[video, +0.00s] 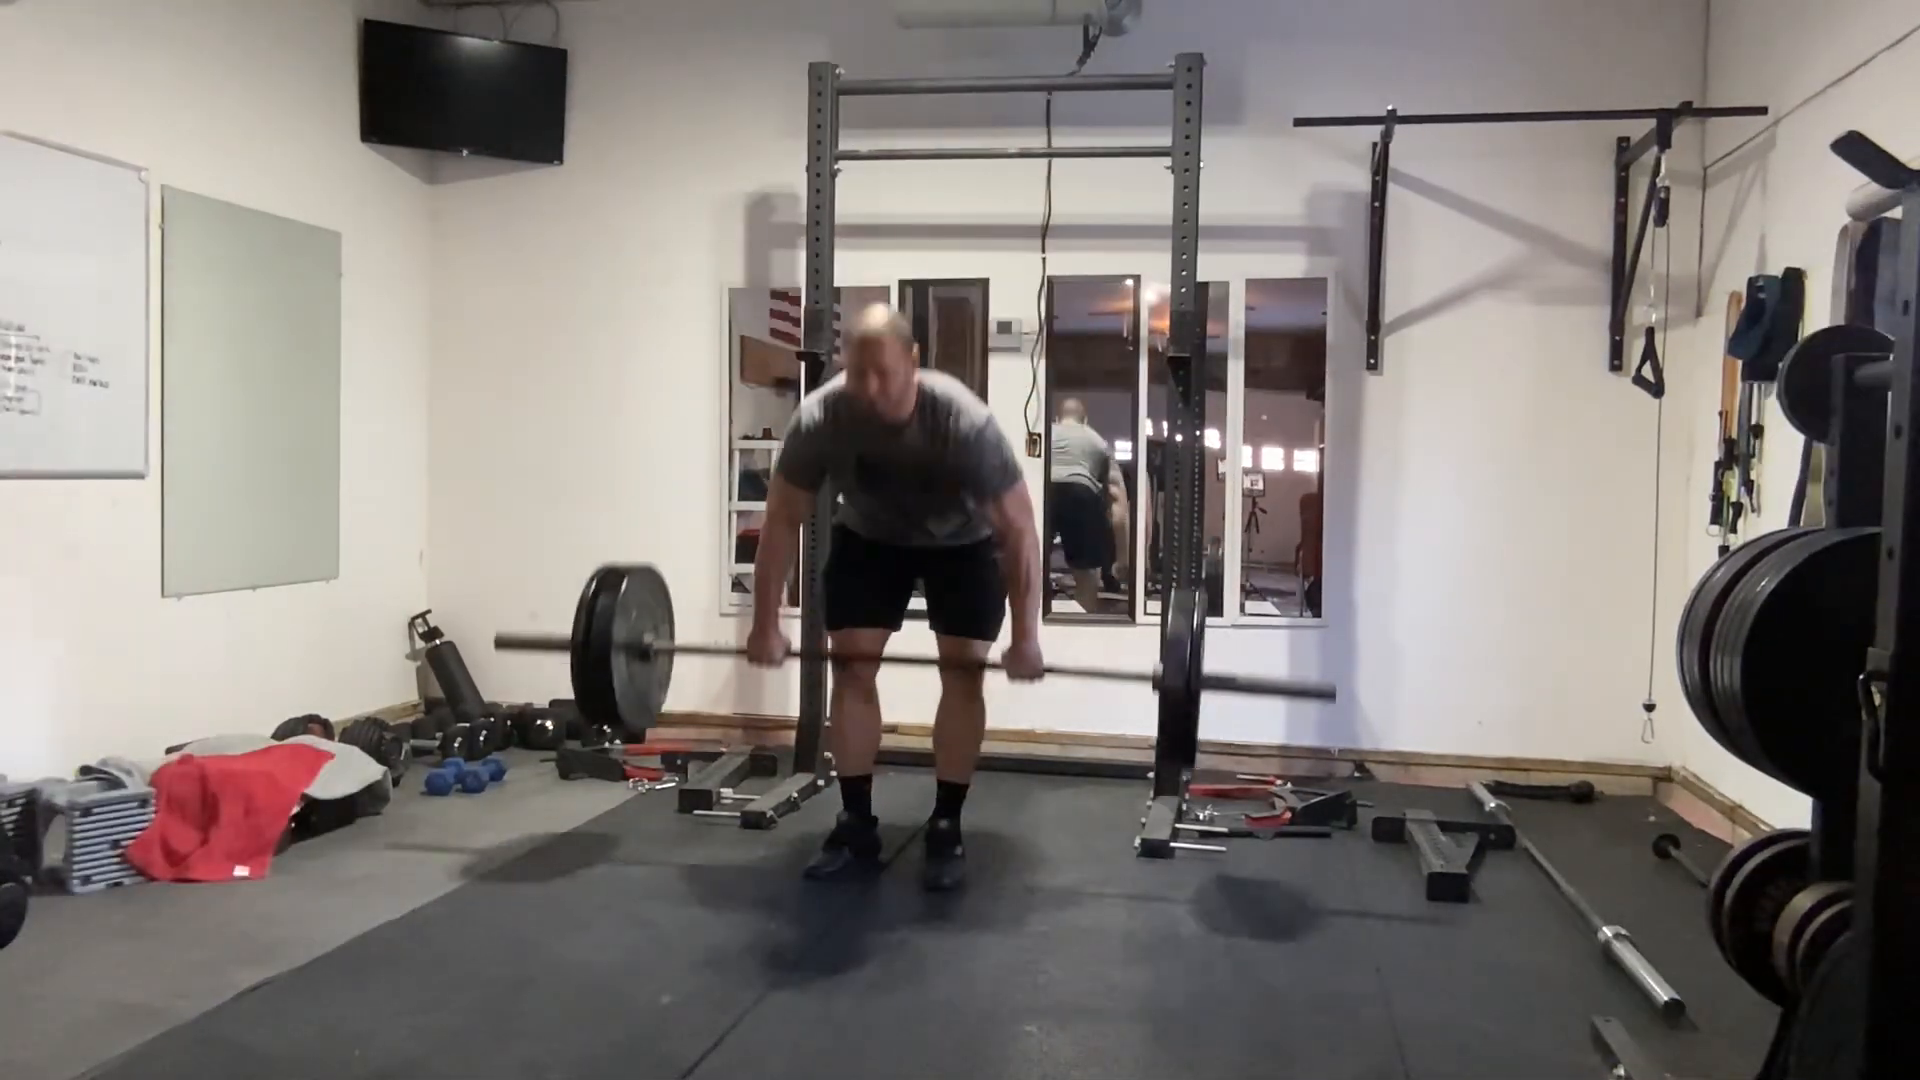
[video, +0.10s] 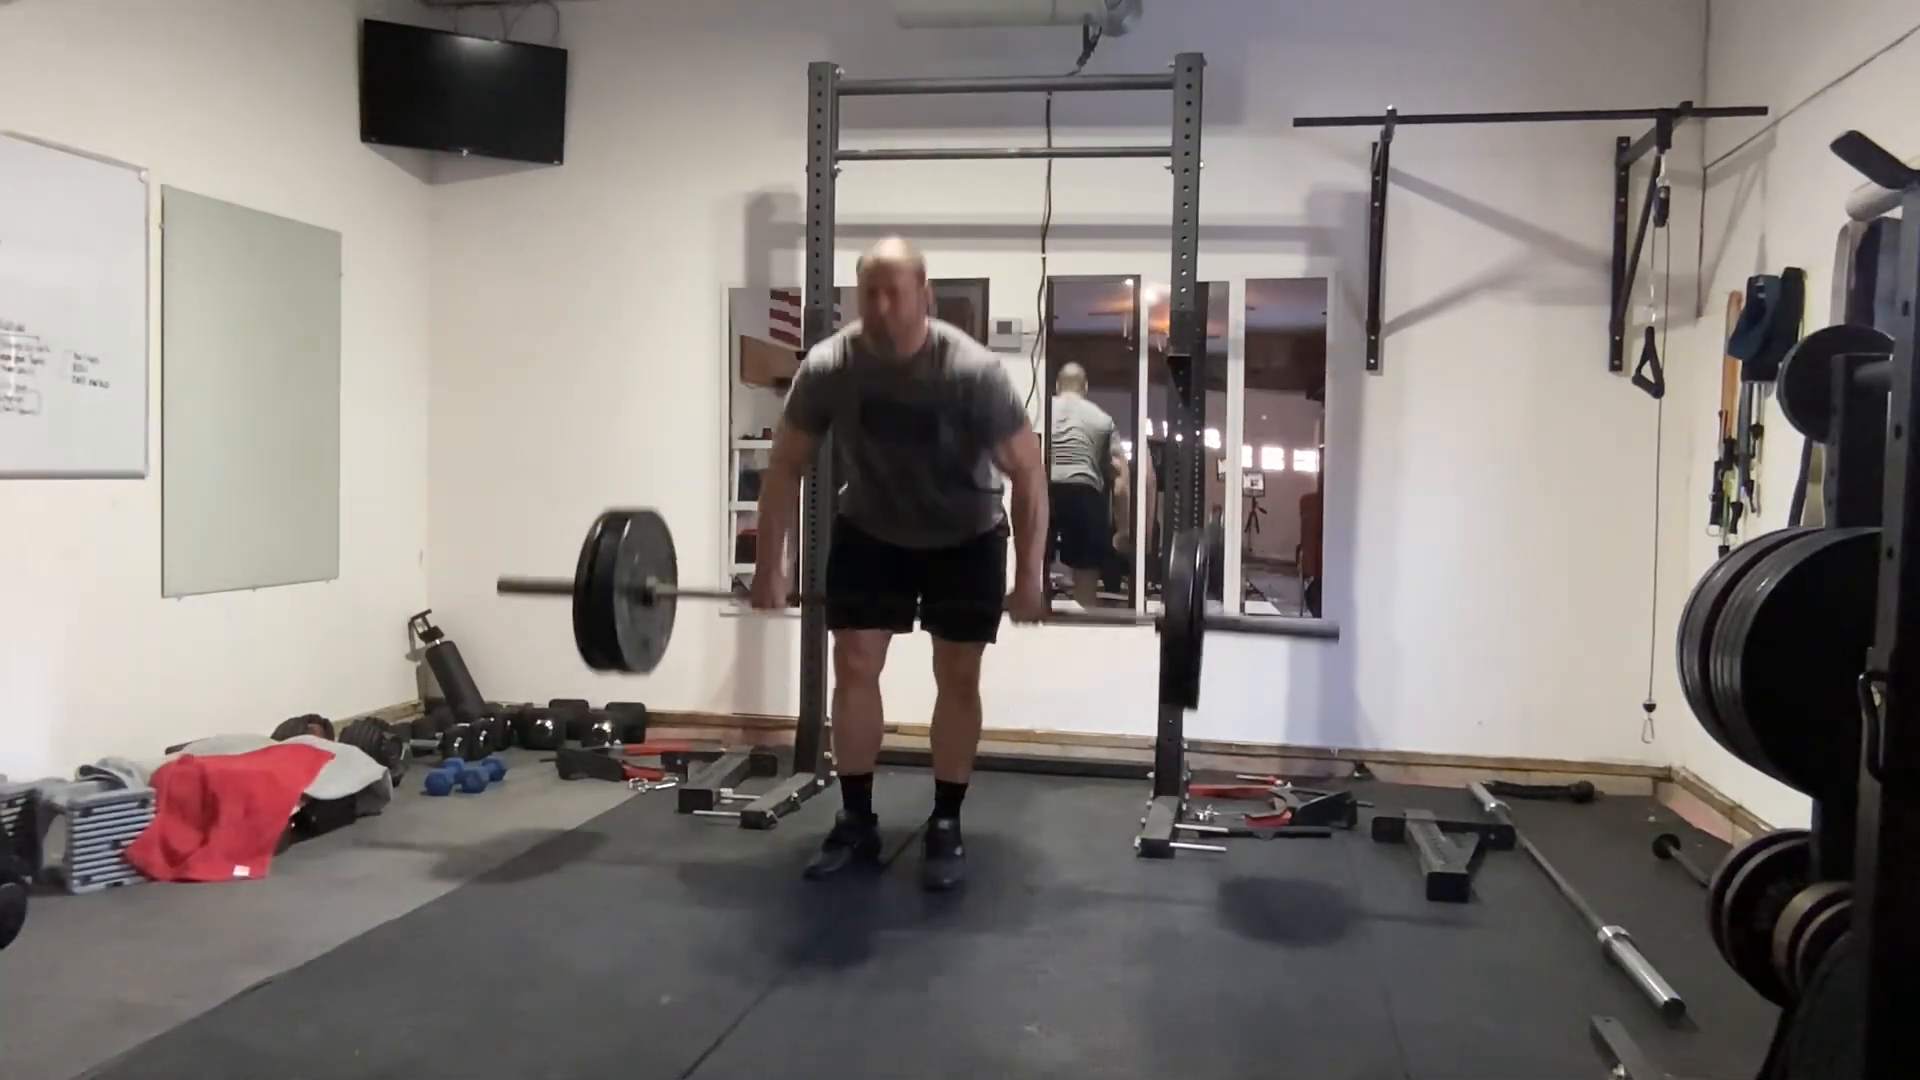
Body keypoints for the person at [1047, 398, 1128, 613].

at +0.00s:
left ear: (1058, 417)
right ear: (1084, 418)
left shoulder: (1045, 433)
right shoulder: (1098, 442)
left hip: (1043, 491)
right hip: (1082, 495)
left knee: (1035, 558)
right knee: (1084, 568)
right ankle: (1087, 629)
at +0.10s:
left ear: (1057, 386)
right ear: (1085, 386)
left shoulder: (1041, 410)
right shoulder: (1102, 418)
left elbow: (1027, 457)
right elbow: (1121, 483)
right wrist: (1124, 530)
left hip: (1045, 490)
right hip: (1085, 492)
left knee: (1037, 560)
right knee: (1085, 569)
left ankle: (1037, 627)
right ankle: (1086, 635)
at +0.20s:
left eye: (1062, 361)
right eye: (1081, 361)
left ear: (1055, 362)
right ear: (1084, 362)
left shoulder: (1039, 393)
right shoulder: (1102, 397)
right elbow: (1126, 449)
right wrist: (1125, 503)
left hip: (1048, 488)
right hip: (1086, 489)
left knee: (1057, 561)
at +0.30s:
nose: (1077, 355)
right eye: (1080, 349)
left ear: (1052, 351)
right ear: (1083, 351)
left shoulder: (1038, 384)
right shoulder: (1101, 387)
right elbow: (1126, 433)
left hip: (1044, 486)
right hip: (1084, 488)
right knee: (1082, 567)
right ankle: (1081, 629)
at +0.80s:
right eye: (1071, 372)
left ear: (1046, 374)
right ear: (1075, 374)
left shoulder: (1028, 406)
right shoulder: (1093, 413)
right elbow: (1111, 478)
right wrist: (1116, 525)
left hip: (1032, 500)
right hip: (1077, 502)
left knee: (1033, 578)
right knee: (1085, 582)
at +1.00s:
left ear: (1047, 395)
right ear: (1075, 396)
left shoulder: (1031, 424)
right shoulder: (1095, 433)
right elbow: (1111, 493)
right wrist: (1118, 542)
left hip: (1032, 503)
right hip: (1077, 505)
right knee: (1091, 583)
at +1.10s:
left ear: (1047, 403)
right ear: (1075, 404)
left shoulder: (1032, 432)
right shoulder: (1094, 440)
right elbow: (1111, 501)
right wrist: (1118, 554)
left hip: (1034, 503)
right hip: (1078, 505)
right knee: (1091, 582)